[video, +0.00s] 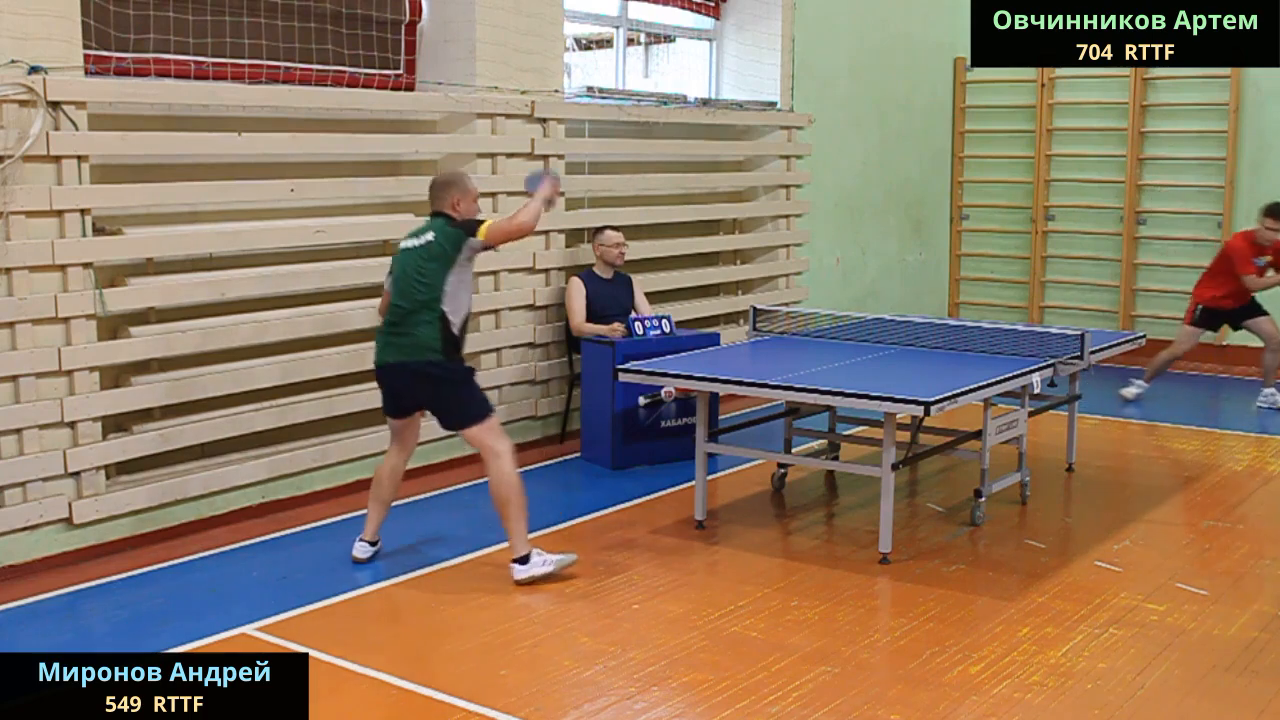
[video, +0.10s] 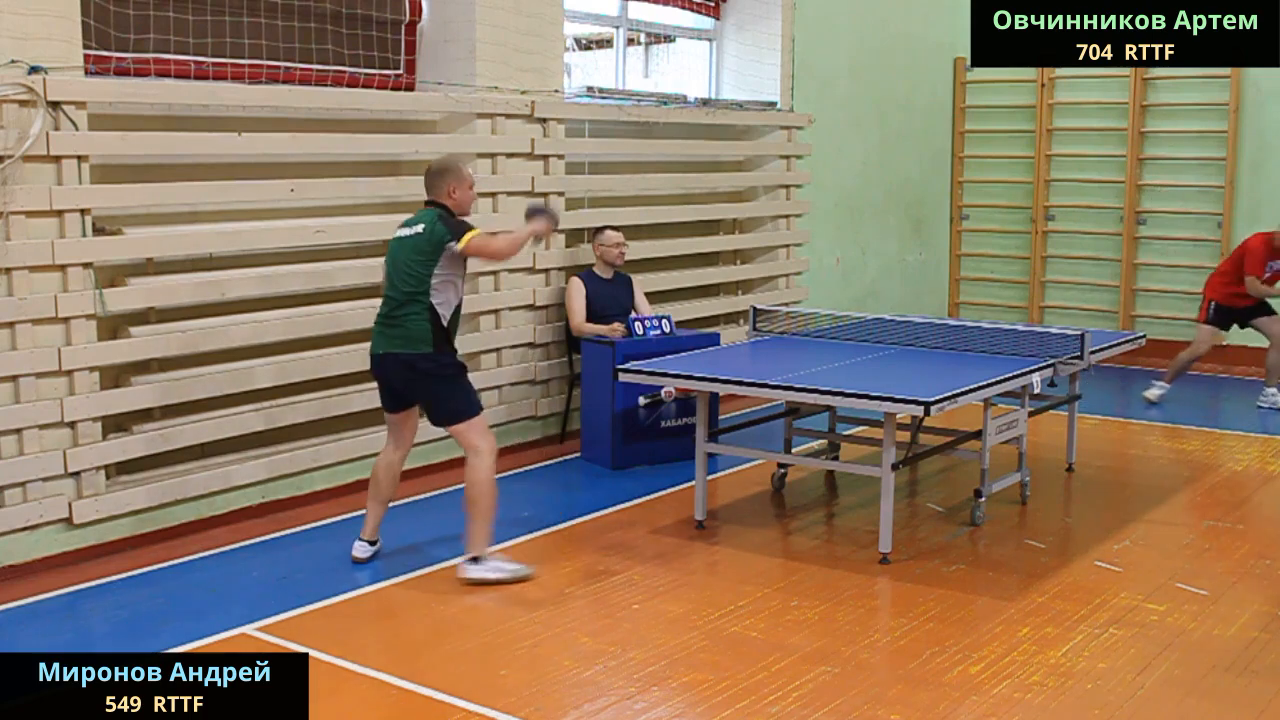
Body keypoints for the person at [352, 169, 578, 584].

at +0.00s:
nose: (479, 207)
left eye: (478, 200)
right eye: (475, 200)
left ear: (439, 206)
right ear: (456, 203)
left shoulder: (409, 241)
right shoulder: (460, 232)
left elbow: (386, 308)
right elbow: (521, 227)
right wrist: (542, 194)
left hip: (391, 364)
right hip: (436, 363)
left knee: (400, 446)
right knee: (497, 448)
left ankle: (366, 541)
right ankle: (523, 555)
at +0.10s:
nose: (474, 195)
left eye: (473, 187)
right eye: (470, 188)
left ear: (435, 192)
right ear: (452, 191)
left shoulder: (405, 228)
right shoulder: (447, 227)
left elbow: (393, 286)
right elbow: (499, 248)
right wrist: (534, 229)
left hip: (386, 354)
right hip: (428, 355)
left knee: (396, 442)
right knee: (481, 446)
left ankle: (366, 539)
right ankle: (477, 555)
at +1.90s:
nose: (573, 189)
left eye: (574, 182)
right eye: (572, 182)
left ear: (540, 176)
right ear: (556, 180)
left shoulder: (506, 204)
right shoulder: (538, 222)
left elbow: (477, 261)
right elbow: (545, 295)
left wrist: (523, 280)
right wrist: (589, 306)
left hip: (502, 332)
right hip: (520, 337)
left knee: (544, 409)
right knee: (527, 434)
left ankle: (520, 502)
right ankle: (509, 537)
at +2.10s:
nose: (594, 203)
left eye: (595, 196)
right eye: (592, 196)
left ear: (564, 190)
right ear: (571, 193)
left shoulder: (536, 209)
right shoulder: (547, 229)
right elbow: (561, 305)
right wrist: (618, 333)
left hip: (525, 330)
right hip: (510, 335)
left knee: (550, 410)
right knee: (528, 429)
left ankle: (549, 506)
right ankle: (509, 536)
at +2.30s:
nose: (602, 214)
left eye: (605, 207)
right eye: (600, 206)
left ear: (579, 199)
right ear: (577, 198)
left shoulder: (568, 226)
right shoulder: (547, 231)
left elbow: (565, 275)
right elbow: (554, 305)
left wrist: (589, 305)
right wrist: (616, 326)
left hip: (537, 324)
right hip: (503, 327)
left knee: (552, 409)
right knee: (517, 418)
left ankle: (550, 507)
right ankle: (498, 523)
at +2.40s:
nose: (602, 212)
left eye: (605, 205)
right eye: (599, 204)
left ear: (582, 199)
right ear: (575, 195)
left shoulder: (573, 227)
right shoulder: (543, 228)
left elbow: (574, 270)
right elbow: (530, 296)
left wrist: (611, 307)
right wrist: (587, 314)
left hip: (542, 324)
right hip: (505, 326)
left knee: (552, 409)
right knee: (511, 414)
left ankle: (550, 506)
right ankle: (481, 508)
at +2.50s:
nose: (599, 210)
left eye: (602, 203)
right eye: (595, 202)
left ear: (579, 196)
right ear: (572, 193)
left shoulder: (579, 229)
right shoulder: (531, 221)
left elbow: (592, 282)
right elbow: (502, 284)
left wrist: (638, 313)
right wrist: (561, 306)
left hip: (544, 330)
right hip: (504, 329)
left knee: (551, 412)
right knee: (500, 417)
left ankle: (549, 506)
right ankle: (469, 491)